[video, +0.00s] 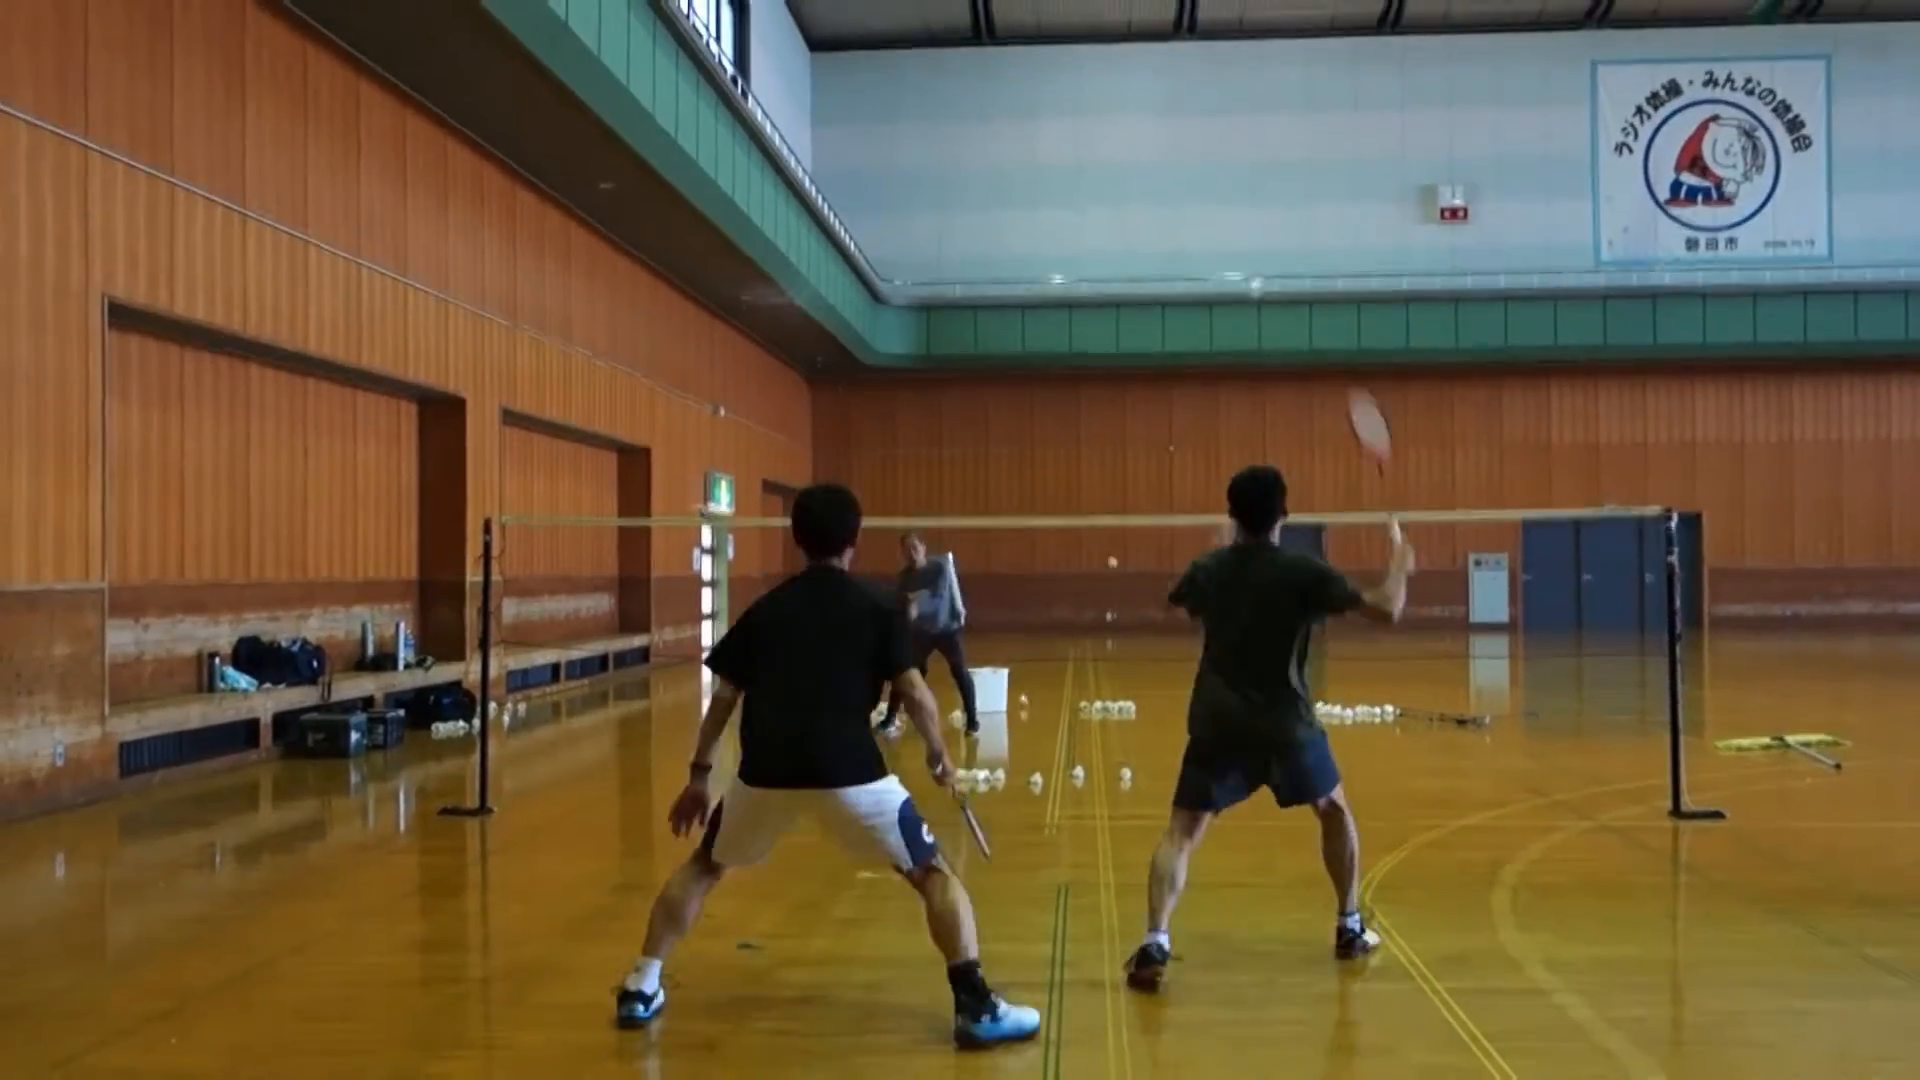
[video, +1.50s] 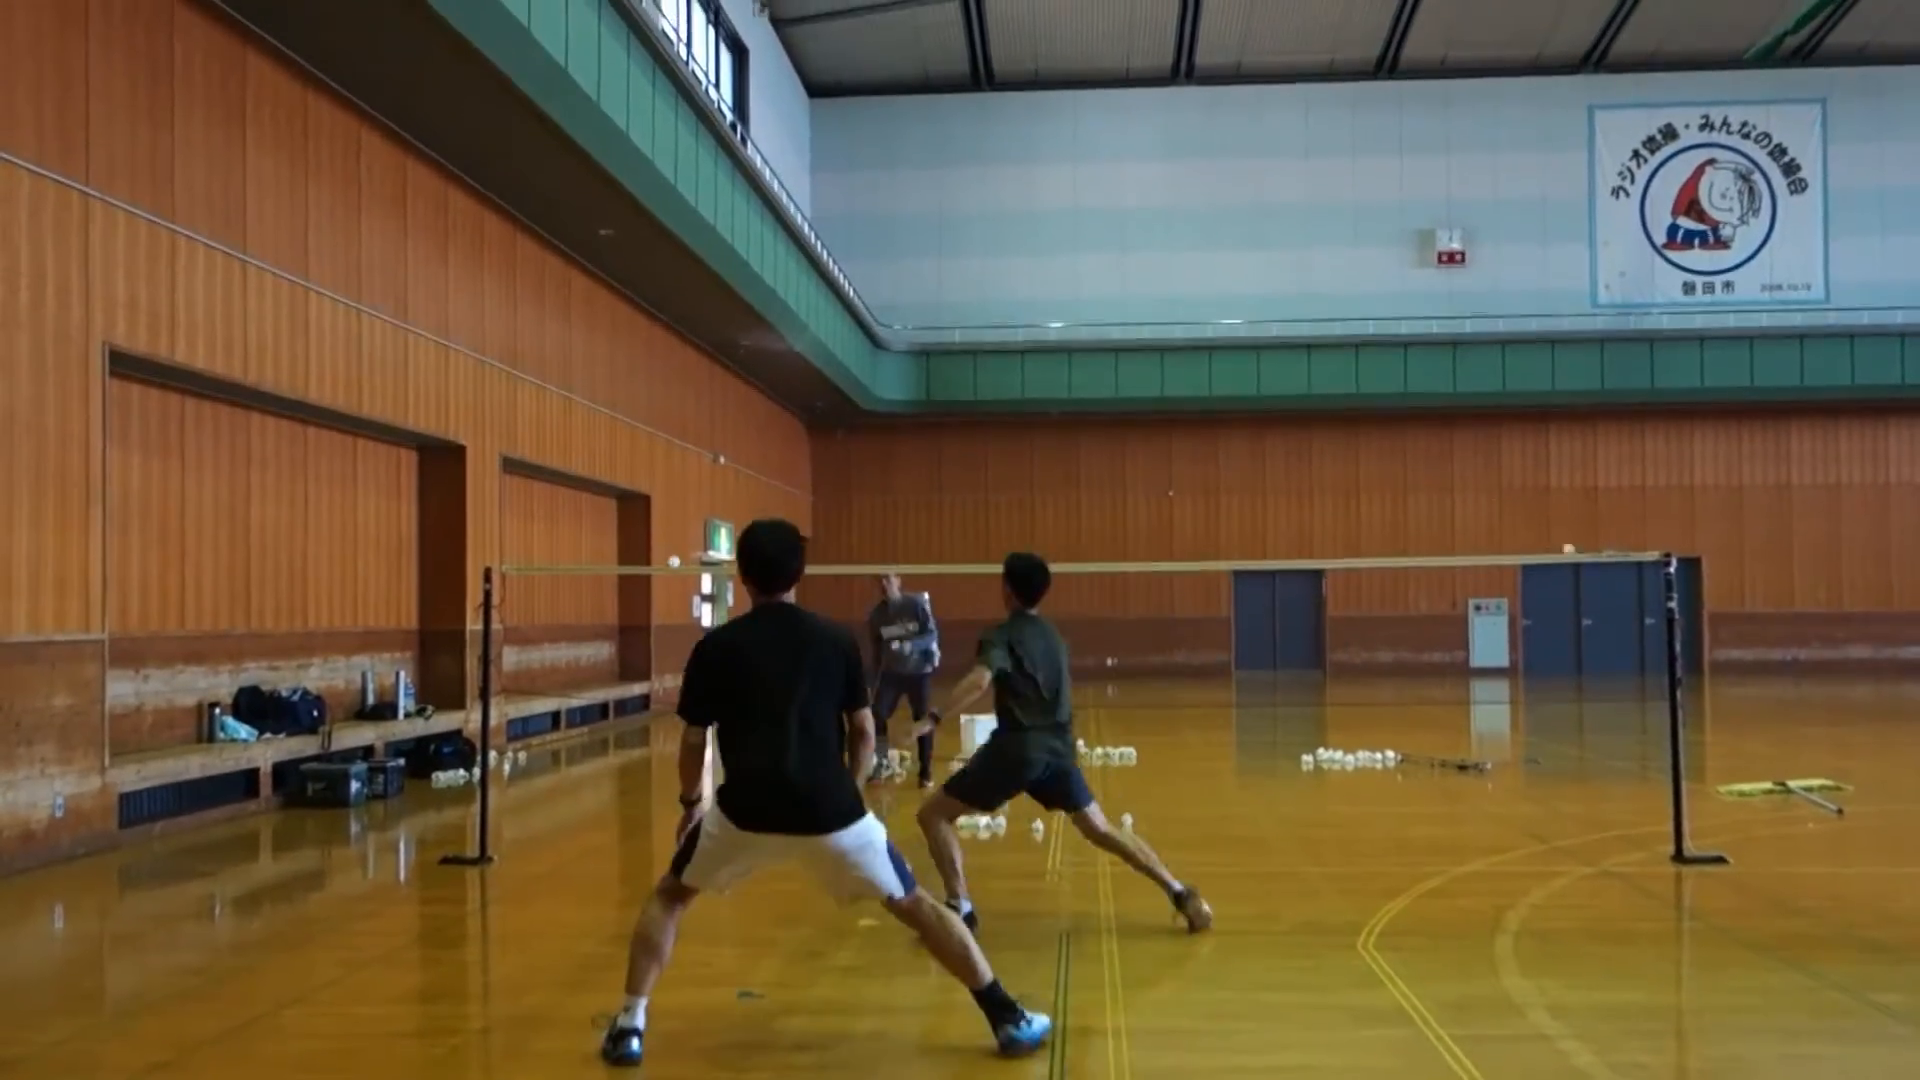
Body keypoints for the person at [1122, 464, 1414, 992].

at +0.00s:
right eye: (1281, 507)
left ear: (1232, 515)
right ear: (1282, 514)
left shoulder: (1210, 570)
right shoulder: (1302, 572)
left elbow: (1181, 604)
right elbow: (1387, 608)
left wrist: (1225, 562)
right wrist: (1400, 564)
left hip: (1216, 724)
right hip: (1285, 724)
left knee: (1181, 832)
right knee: (1333, 811)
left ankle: (1156, 940)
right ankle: (1349, 922)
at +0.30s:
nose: (1298, 531)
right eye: (1299, 523)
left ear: (1258, 538)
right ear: (1303, 530)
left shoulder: (1245, 604)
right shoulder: (1335, 571)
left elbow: (1244, 682)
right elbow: (1387, 561)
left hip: (1271, 730)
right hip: (1335, 724)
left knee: (1209, 817)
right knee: (1387, 798)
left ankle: (1157, 912)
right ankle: (1419, 899)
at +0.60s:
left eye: (1190, 559)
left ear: (1187, 564)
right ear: (1232, 565)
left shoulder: (1158, 612)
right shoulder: (1253, 622)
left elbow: (1126, 669)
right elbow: (1268, 700)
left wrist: (1122, 703)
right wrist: (1263, 749)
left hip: (1165, 740)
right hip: (1227, 743)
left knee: (1107, 827)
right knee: (1262, 822)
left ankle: (1080, 921)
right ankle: (1278, 917)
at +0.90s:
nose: (1137, 598)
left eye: (1138, 592)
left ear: (1140, 598)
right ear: (1180, 602)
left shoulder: (1120, 634)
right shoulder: (1193, 647)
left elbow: (1067, 634)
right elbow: (1207, 668)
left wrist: (1022, 622)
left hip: (1127, 760)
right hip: (1181, 762)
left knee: (1061, 833)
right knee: (1202, 806)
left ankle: (1026, 913)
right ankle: (1225, 892)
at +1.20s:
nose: (1113, 570)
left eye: (1114, 564)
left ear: (1115, 569)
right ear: (1153, 574)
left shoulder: (1098, 604)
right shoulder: (1171, 629)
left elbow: (1076, 648)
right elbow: (1188, 701)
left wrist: (1039, 695)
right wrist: (1169, 739)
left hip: (1103, 723)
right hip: (1153, 727)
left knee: (1045, 804)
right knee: (1183, 801)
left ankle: (1046, 878)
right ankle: (1217, 879)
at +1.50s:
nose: (1001, 586)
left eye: (1004, 581)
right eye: (1005, 580)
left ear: (1007, 589)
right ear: (1042, 592)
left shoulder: (1002, 637)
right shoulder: (1052, 637)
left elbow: (979, 681)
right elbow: (1054, 698)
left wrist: (935, 717)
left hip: (1014, 752)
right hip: (1058, 753)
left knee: (933, 815)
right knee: (1100, 830)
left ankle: (959, 906)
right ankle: (1178, 891)